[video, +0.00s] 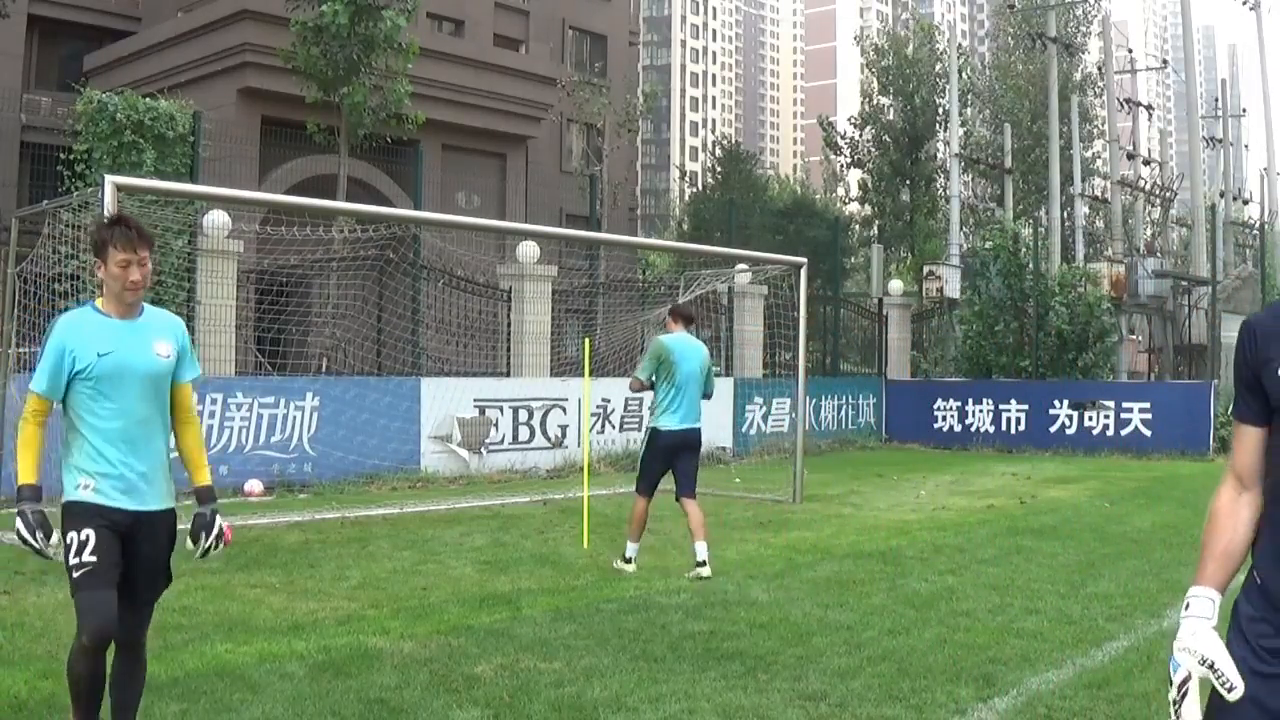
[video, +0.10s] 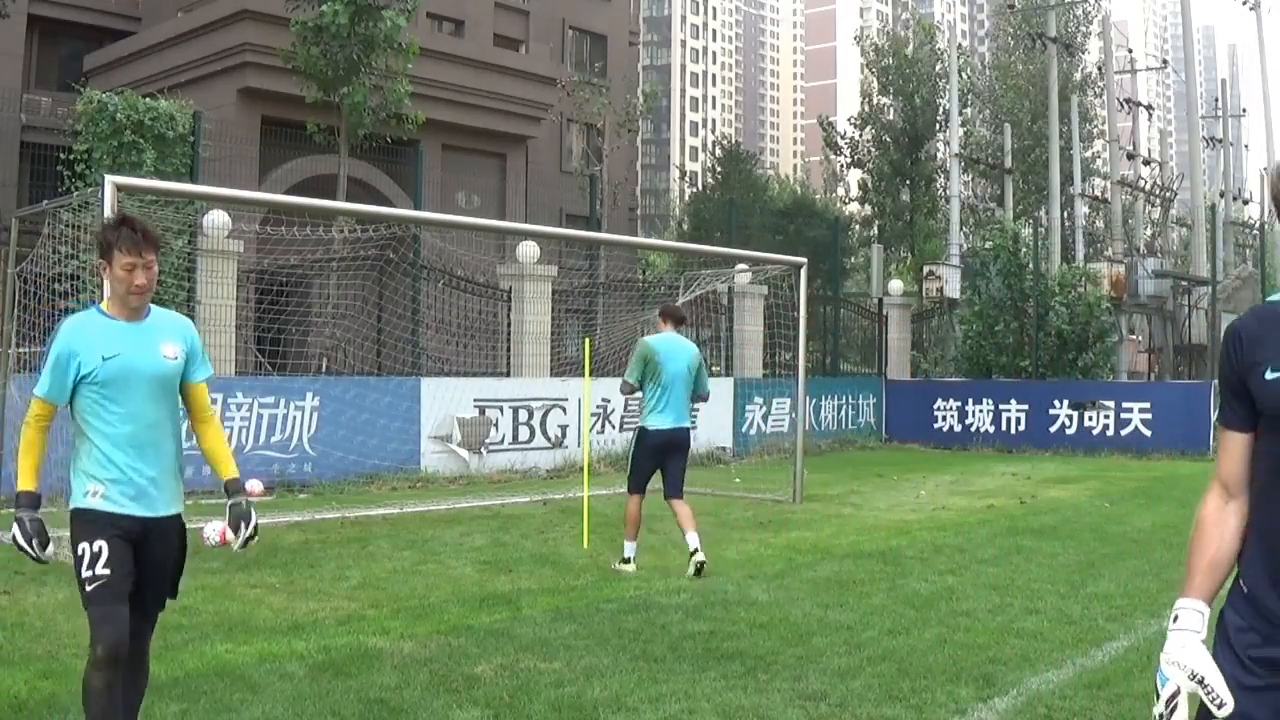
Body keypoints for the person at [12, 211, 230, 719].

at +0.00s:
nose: (137, 274)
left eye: (143, 263)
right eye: (125, 265)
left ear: (152, 266)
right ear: (101, 269)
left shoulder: (171, 329)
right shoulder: (71, 328)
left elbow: (187, 417)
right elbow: (34, 415)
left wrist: (205, 495)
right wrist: (28, 496)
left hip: (154, 509)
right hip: (90, 505)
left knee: (133, 637)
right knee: (97, 629)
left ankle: (123, 718)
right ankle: (84, 717)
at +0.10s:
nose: (141, 277)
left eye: (148, 267)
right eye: (129, 267)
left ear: (157, 269)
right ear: (104, 270)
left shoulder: (180, 331)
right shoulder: (75, 333)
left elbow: (204, 417)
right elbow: (37, 420)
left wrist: (234, 487)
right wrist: (26, 505)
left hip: (163, 517)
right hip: (99, 514)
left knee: (138, 649)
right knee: (111, 646)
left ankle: (127, 718)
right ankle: (100, 718)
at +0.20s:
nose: (151, 286)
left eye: (159, 273)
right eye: (140, 274)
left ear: (169, 270)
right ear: (114, 271)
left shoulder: (191, 335)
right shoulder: (82, 340)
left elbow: (225, 415)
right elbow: (41, 428)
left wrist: (264, 472)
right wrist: (27, 512)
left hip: (176, 525)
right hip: (112, 525)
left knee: (146, 669)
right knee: (129, 668)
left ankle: (123, 716)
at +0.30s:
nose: (159, 288)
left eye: (168, 277)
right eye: (149, 276)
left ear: (178, 274)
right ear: (122, 269)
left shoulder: (196, 332)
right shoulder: (87, 338)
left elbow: (231, 409)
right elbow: (47, 428)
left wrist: (270, 464)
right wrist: (32, 514)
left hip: (185, 526)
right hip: (122, 526)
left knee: (171, 661)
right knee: (132, 671)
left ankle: (130, 714)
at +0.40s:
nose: (178, 291)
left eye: (188, 281)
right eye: (169, 278)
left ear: (198, 275)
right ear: (142, 262)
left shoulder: (206, 324)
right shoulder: (100, 332)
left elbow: (236, 397)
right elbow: (58, 426)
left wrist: (270, 460)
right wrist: (51, 521)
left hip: (201, 527)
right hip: (132, 530)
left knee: (224, 666)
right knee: (137, 677)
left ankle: (161, 715)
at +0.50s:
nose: (190, 293)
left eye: (203, 284)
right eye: (183, 278)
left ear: (215, 276)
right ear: (159, 257)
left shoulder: (216, 323)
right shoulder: (112, 328)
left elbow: (235, 395)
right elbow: (67, 425)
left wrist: (263, 459)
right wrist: (78, 521)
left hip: (213, 526)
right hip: (142, 532)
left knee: (258, 660)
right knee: (141, 684)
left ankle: (198, 719)